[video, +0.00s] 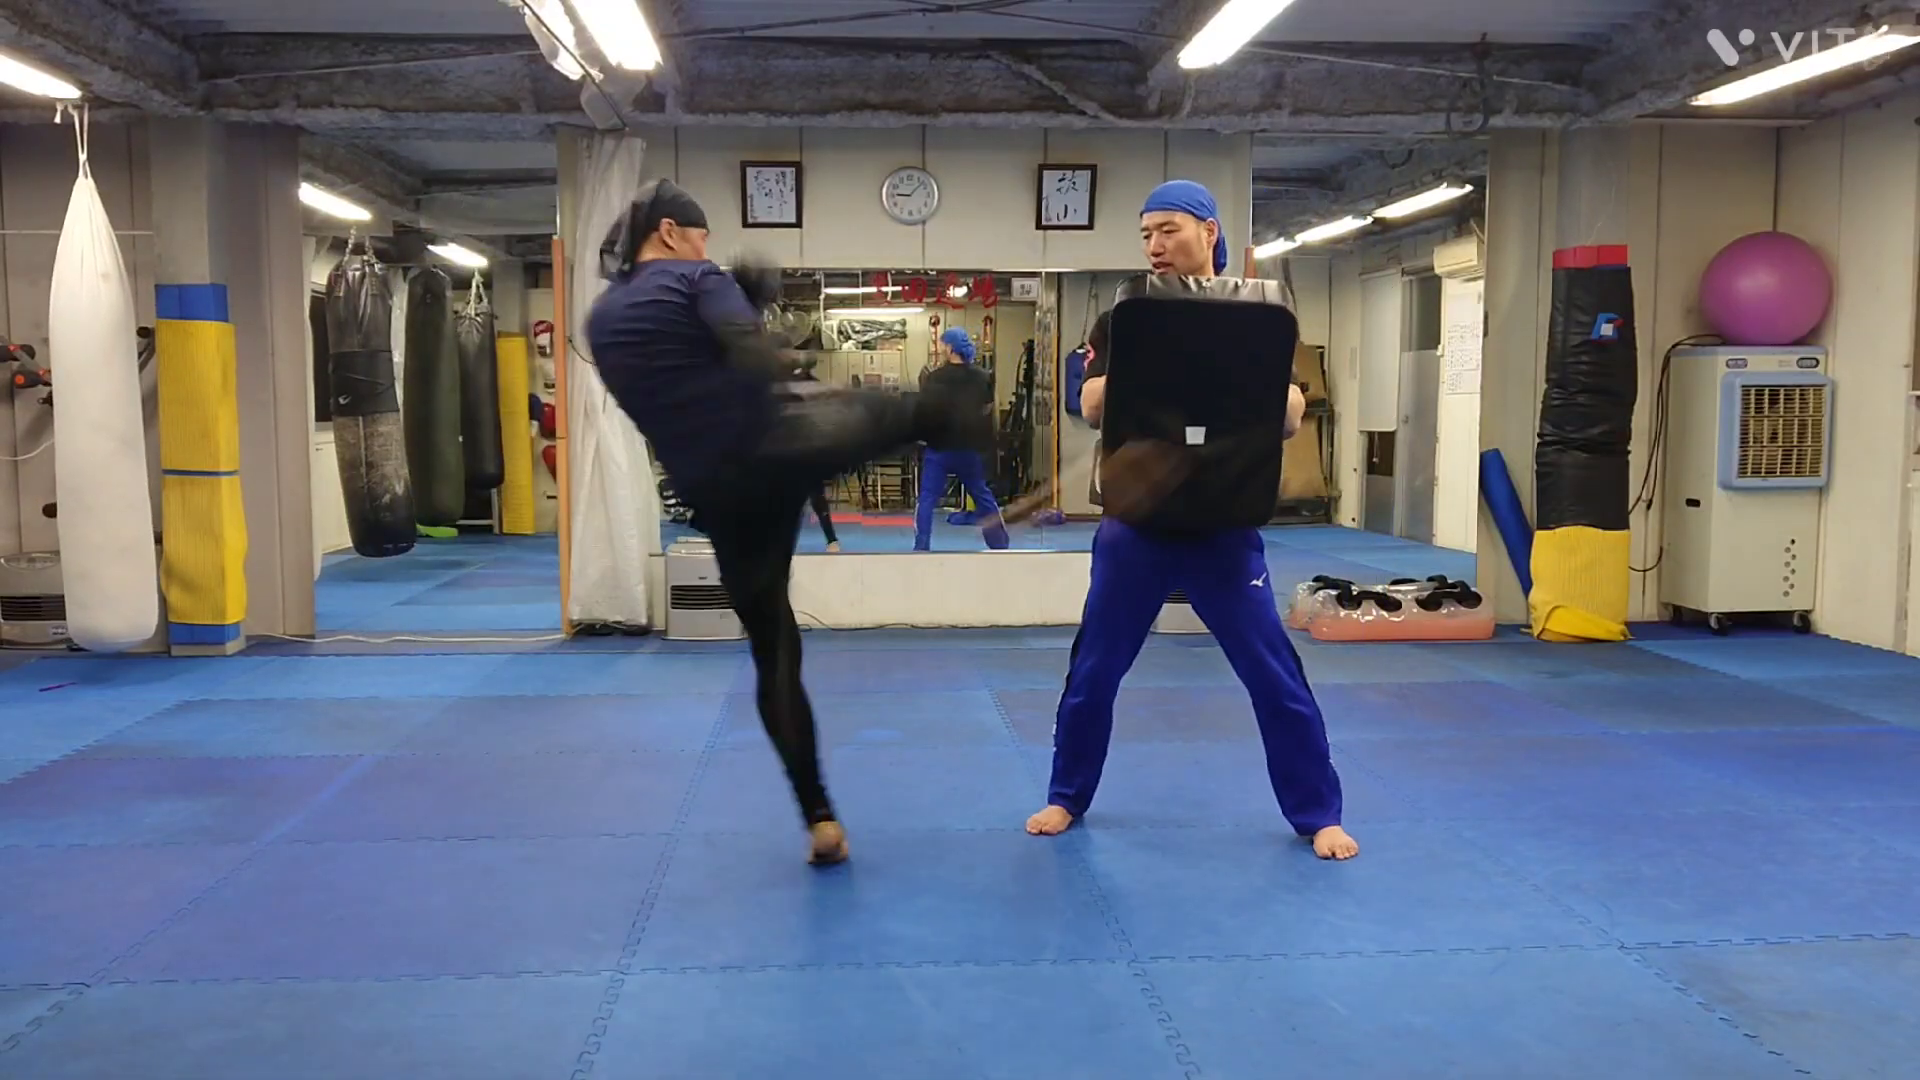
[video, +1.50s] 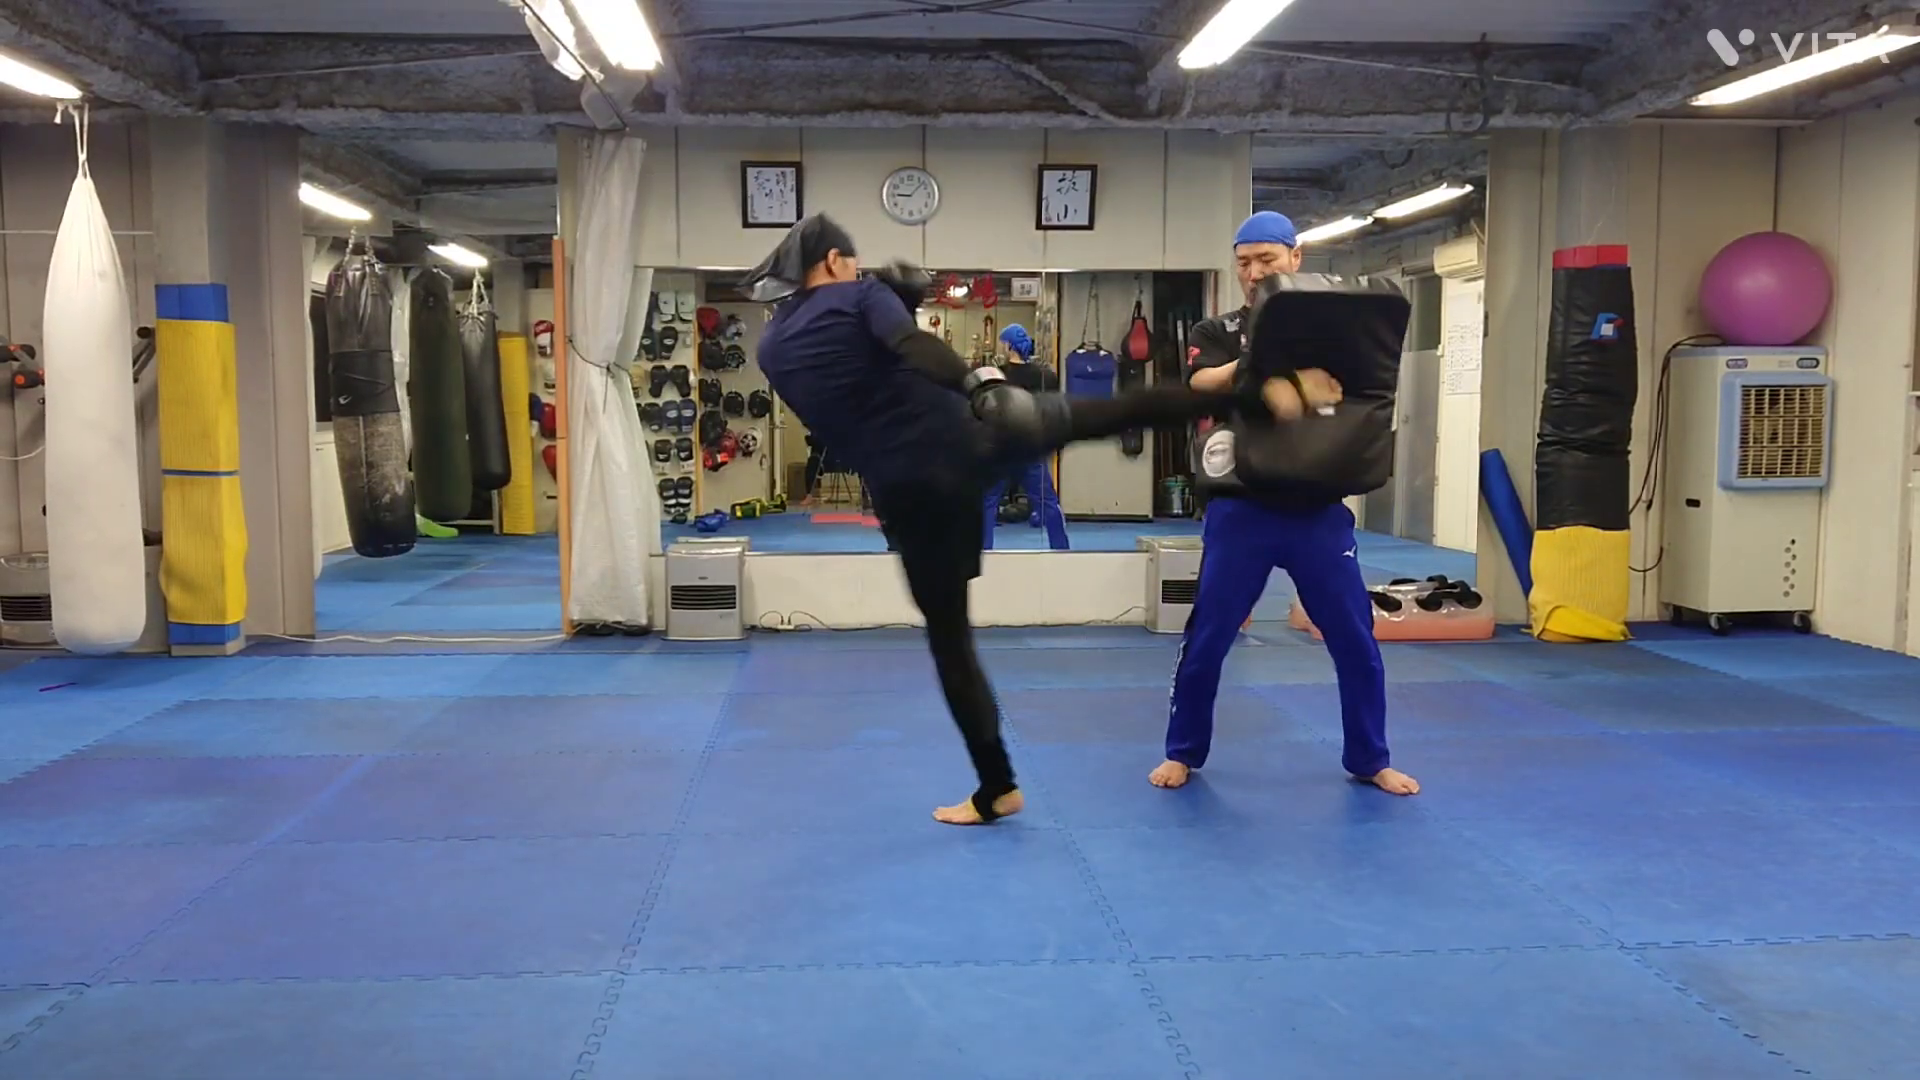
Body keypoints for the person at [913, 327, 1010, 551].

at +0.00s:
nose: (940, 349)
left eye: (942, 346)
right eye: (941, 345)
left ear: (951, 349)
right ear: (966, 349)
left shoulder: (935, 378)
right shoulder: (981, 377)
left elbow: (925, 413)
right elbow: (987, 406)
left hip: (940, 445)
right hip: (971, 444)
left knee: (928, 497)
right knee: (980, 492)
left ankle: (921, 546)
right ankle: (1000, 543)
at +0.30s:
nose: (946, 345)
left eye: (947, 342)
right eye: (947, 341)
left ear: (952, 345)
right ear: (972, 345)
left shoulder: (938, 373)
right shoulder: (985, 376)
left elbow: (926, 403)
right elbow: (991, 407)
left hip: (944, 445)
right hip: (975, 444)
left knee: (930, 496)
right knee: (990, 494)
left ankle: (923, 545)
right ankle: (1002, 543)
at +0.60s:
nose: (968, 351)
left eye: (971, 347)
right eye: (970, 347)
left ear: (978, 351)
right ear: (993, 351)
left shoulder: (964, 379)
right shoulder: (1008, 378)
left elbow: (952, 411)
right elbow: (1020, 412)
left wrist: (973, 420)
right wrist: (999, 422)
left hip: (966, 450)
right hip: (997, 450)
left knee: (943, 501)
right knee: (1013, 503)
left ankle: (922, 549)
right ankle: (1033, 550)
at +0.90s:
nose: (986, 342)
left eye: (988, 338)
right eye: (986, 337)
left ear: (995, 341)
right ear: (1011, 340)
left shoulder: (984, 368)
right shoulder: (1028, 369)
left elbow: (969, 391)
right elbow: (1037, 395)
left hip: (990, 439)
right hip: (1019, 439)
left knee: (981, 496)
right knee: (1025, 495)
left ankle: (987, 549)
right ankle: (1036, 546)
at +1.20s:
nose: (990, 344)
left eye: (993, 340)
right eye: (992, 340)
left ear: (1000, 345)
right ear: (1017, 344)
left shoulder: (989, 374)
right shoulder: (1036, 373)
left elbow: (978, 406)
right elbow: (1049, 404)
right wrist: (1036, 421)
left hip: (994, 444)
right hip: (1025, 444)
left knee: (987, 499)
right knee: (1043, 495)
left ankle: (986, 552)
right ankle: (1063, 546)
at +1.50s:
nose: (999, 349)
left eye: (1001, 344)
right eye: (1000, 344)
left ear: (1010, 346)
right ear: (1025, 345)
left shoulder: (996, 376)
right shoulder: (1046, 375)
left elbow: (985, 418)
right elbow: (1056, 413)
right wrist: (1054, 445)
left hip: (999, 449)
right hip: (1034, 448)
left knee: (989, 499)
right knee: (1046, 498)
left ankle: (984, 549)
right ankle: (1062, 549)